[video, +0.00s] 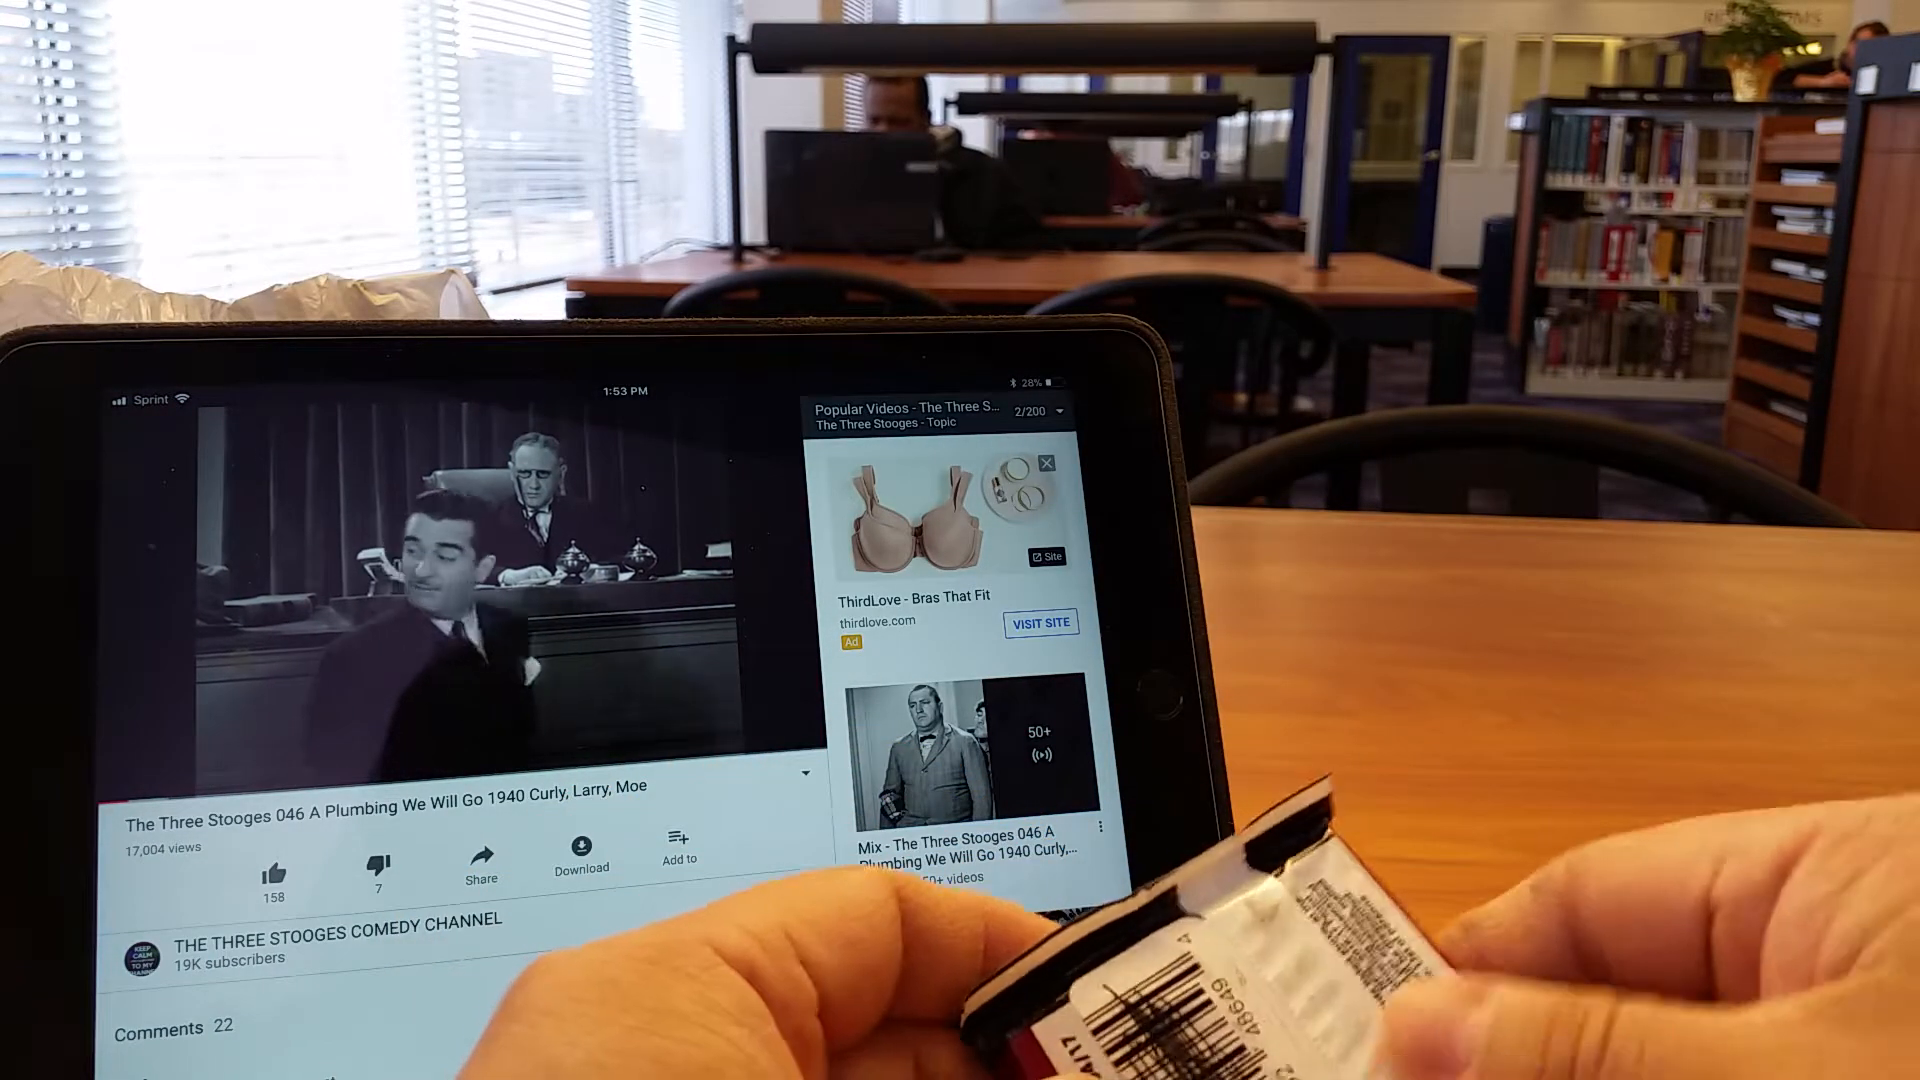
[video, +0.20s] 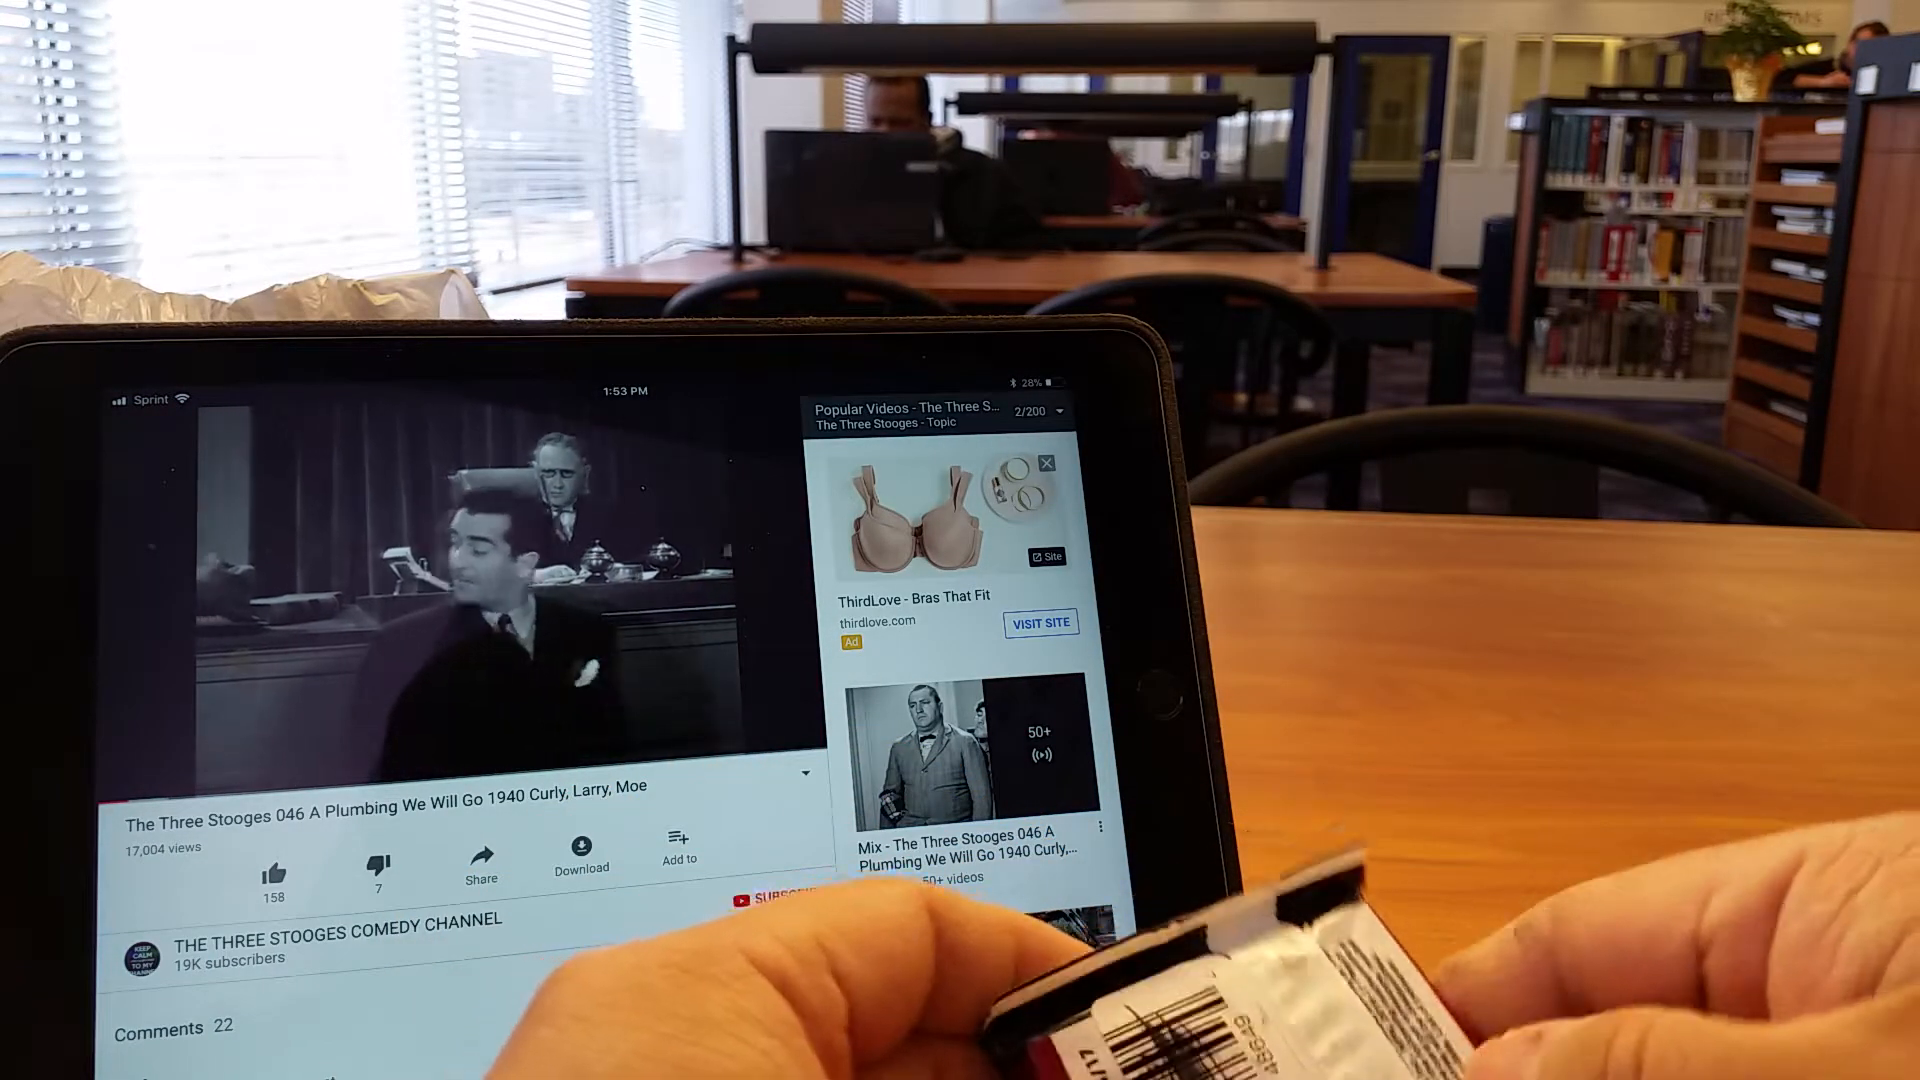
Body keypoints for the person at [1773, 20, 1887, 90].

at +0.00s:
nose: (1859, 50)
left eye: (1867, 45)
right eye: (1857, 43)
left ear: (1880, 50)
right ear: (1849, 44)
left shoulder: (1884, 78)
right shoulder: (1829, 68)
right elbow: (1781, 80)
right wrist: (1824, 82)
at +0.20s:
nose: (1860, 50)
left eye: (1867, 45)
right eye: (1857, 43)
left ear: (1880, 50)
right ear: (1849, 44)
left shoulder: (1884, 78)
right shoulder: (1829, 68)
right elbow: (1781, 80)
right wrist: (1824, 82)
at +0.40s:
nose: (1860, 50)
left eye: (1868, 45)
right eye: (1857, 43)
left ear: (1880, 50)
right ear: (1849, 44)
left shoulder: (1884, 78)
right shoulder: (1830, 68)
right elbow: (1781, 80)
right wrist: (1825, 82)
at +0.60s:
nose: (1859, 50)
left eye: (1867, 45)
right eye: (1857, 43)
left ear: (1880, 50)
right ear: (1849, 44)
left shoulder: (1884, 77)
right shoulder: (1830, 68)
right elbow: (1781, 80)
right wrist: (1825, 82)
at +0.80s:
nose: (1860, 50)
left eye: (1867, 45)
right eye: (1857, 43)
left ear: (1880, 50)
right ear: (1849, 44)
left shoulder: (1885, 77)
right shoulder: (1830, 68)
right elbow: (1781, 80)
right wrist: (1824, 82)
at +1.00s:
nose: (1859, 50)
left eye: (1867, 45)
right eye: (1857, 42)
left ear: (1880, 50)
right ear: (1849, 44)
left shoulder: (1885, 77)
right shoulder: (1830, 68)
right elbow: (1781, 79)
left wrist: (1855, 85)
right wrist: (1823, 82)